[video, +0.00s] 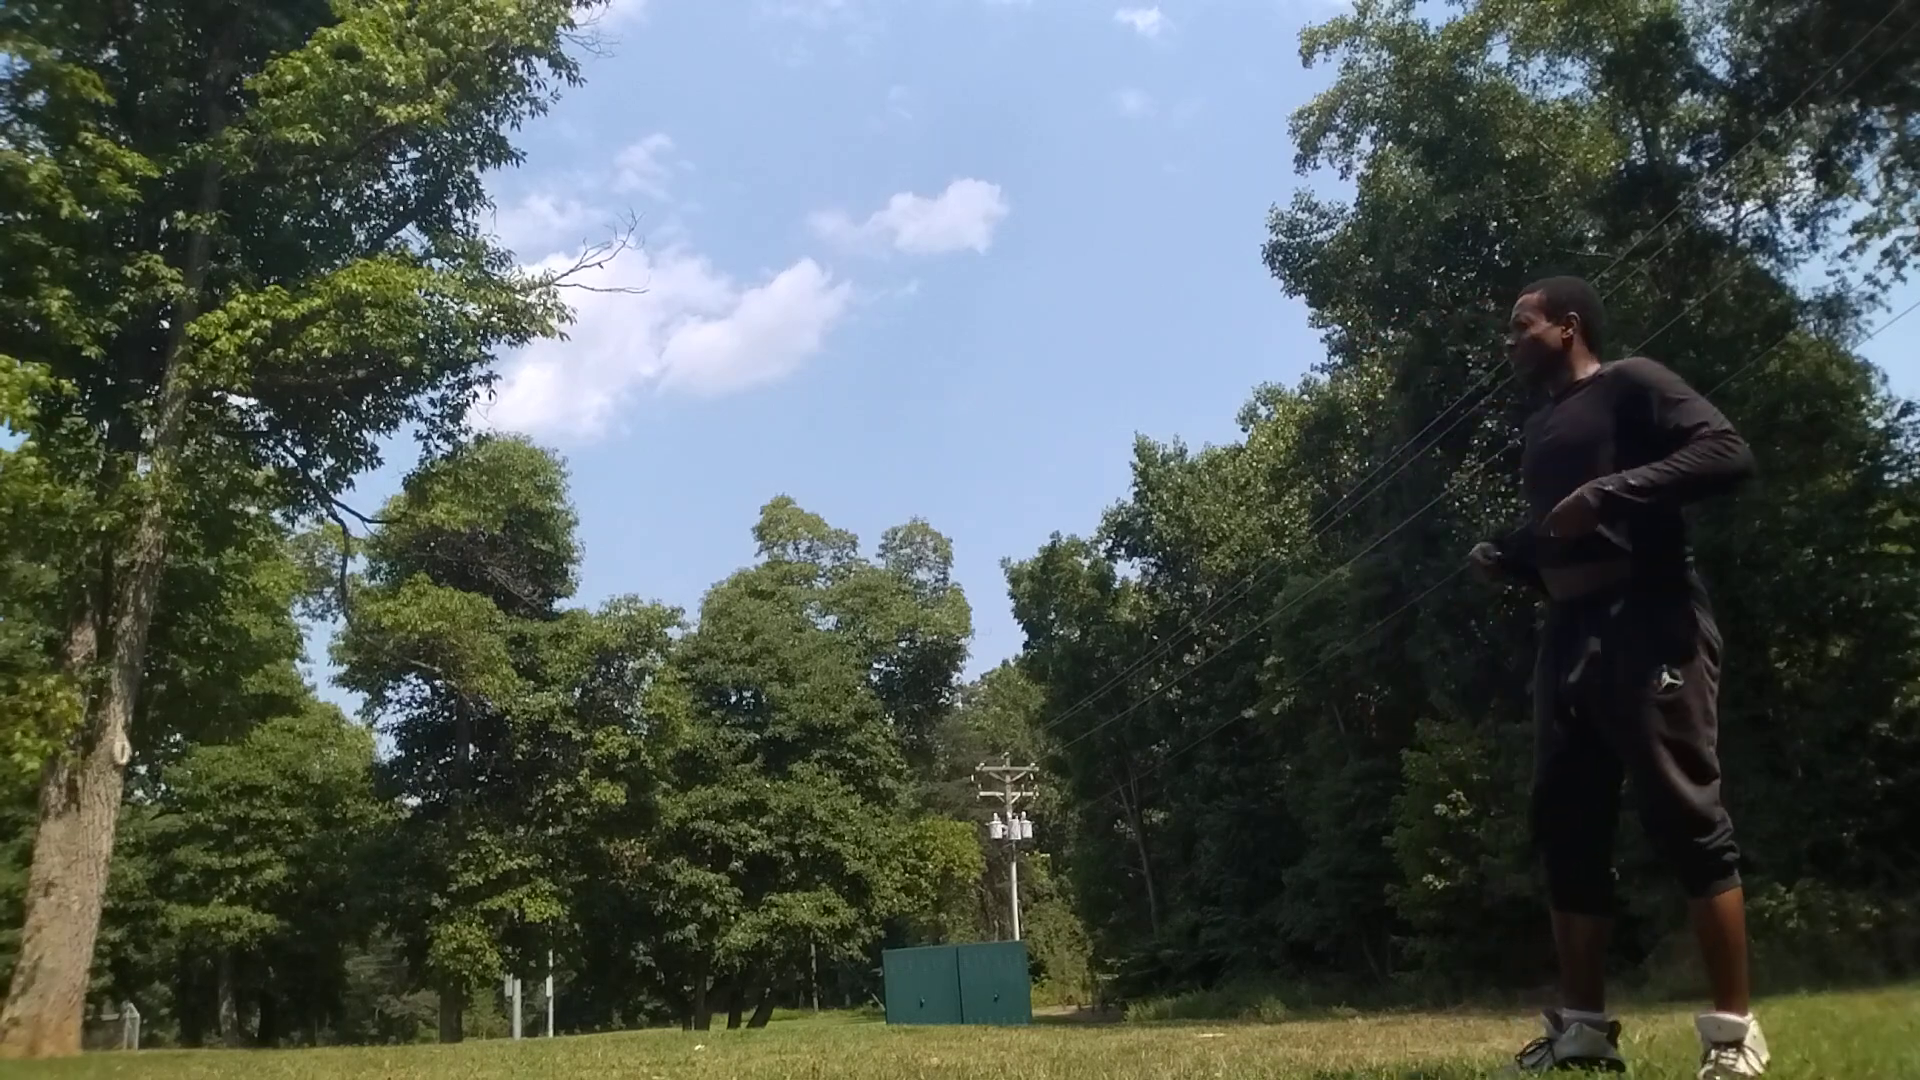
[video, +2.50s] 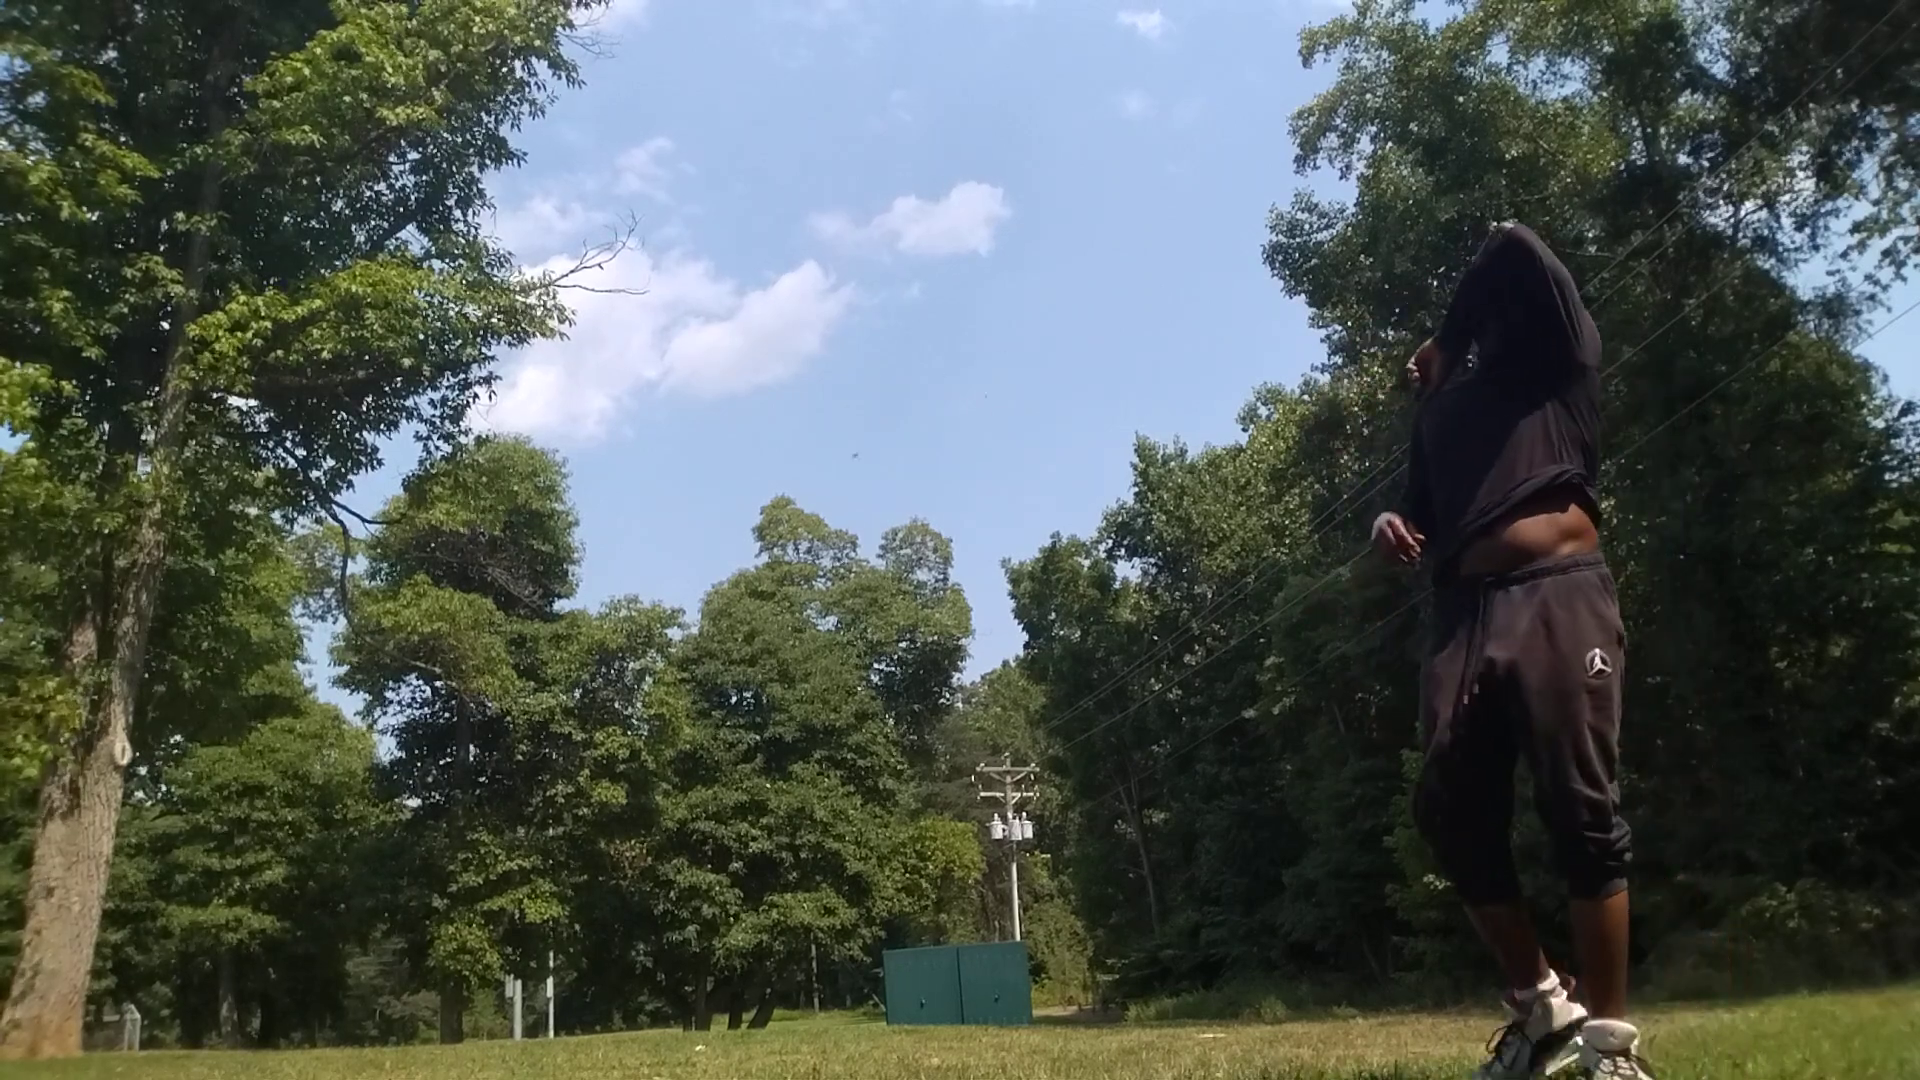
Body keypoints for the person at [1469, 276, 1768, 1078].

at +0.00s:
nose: (1511, 341)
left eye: (1522, 326)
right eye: (1511, 330)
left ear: (1567, 326)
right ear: (1555, 330)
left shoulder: (1633, 379)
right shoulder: (1542, 426)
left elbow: (1726, 450)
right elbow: (1567, 537)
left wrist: (1604, 492)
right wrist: (1510, 555)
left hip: (1654, 630)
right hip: (1572, 639)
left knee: (1691, 822)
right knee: (1566, 825)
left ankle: (1733, 1034)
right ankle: (1582, 1028)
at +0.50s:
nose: (1493, 349)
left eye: (1502, 333)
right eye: (1493, 336)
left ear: (1545, 334)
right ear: (1537, 337)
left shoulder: (1617, 385)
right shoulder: (1528, 435)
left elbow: (1691, 463)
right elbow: (1520, 542)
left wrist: (1561, 450)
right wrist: (1453, 525)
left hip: (1626, 624)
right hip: (1545, 638)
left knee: (1672, 821)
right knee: (1541, 825)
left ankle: (1730, 1035)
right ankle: (1579, 1030)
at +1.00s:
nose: (1429, 371)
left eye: (1437, 358)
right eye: (1429, 361)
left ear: (1479, 358)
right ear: (1467, 362)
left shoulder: (1539, 403)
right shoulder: (1456, 448)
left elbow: (1554, 464)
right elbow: (1476, 548)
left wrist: (1441, 453)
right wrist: (1426, 565)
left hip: (1550, 637)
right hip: (1479, 652)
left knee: (1628, 835)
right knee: (1512, 844)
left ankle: (1723, 1031)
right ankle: (1574, 1032)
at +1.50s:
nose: (1379, 390)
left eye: (1388, 377)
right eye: (1378, 379)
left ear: (1427, 374)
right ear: (1414, 377)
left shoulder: (1489, 409)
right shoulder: (1412, 462)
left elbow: (1437, 419)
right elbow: (1426, 578)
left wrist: (1360, 424)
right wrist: (1357, 589)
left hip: (1512, 631)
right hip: (1447, 653)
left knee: (1570, 824)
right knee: (1501, 841)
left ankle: (1672, 1016)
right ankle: (1575, 1028)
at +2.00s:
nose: (1401, 365)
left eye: (1413, 349)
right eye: (1397, 358)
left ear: (1445, 354)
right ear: (1402, 375)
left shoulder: (1490, 396)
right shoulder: (1388, 464)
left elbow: (1416, 300)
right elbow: (1379, 566)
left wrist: (1350, 375)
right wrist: (1354, 583)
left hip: (1527, 615)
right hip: (1447, 645)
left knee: (1563, 801)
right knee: (1498, 828)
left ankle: (1618, 1021)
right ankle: (1568, 1024)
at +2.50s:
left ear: (1522, 292)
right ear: (1489, 303)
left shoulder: (1558, 348)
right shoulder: (1441, 406)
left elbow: (1510, 242)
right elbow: (1424, 505)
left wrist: (1447, 337)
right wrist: (1397, 525)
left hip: (1562, 586)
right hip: (1469, 607)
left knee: (1582, 805)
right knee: (1449, 804)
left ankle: (1610, 1036)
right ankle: (1538, 1003)